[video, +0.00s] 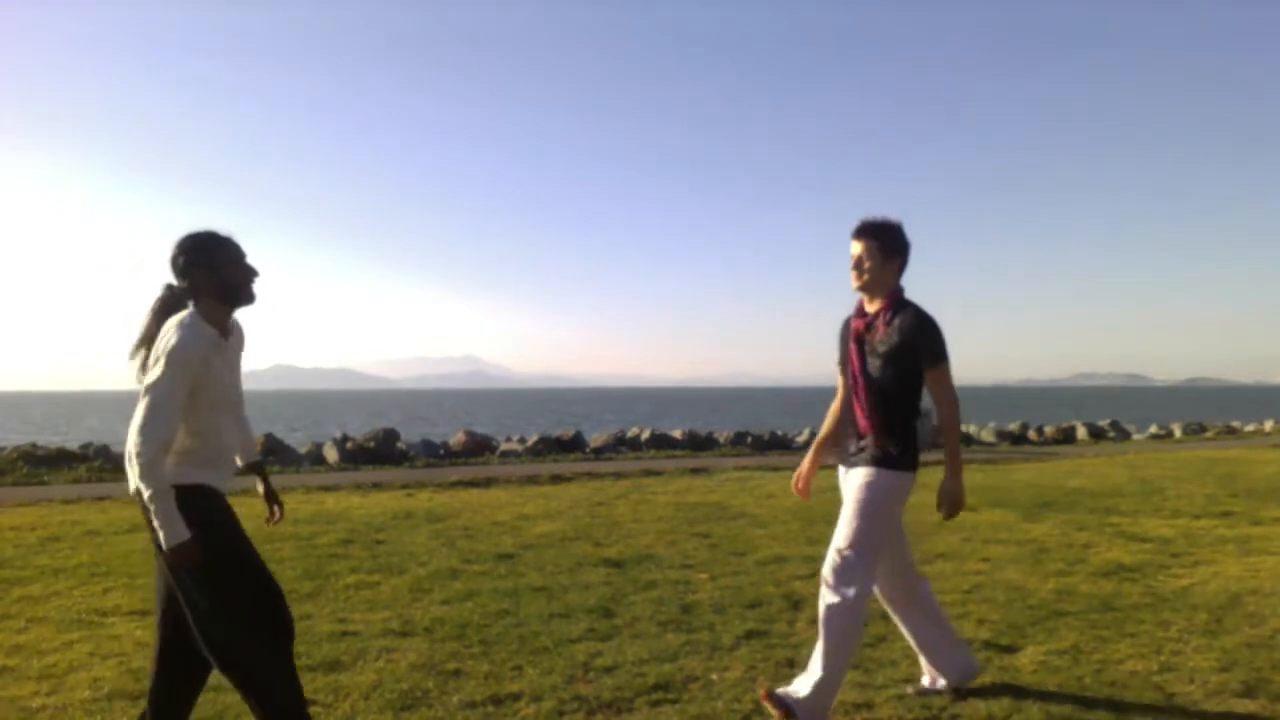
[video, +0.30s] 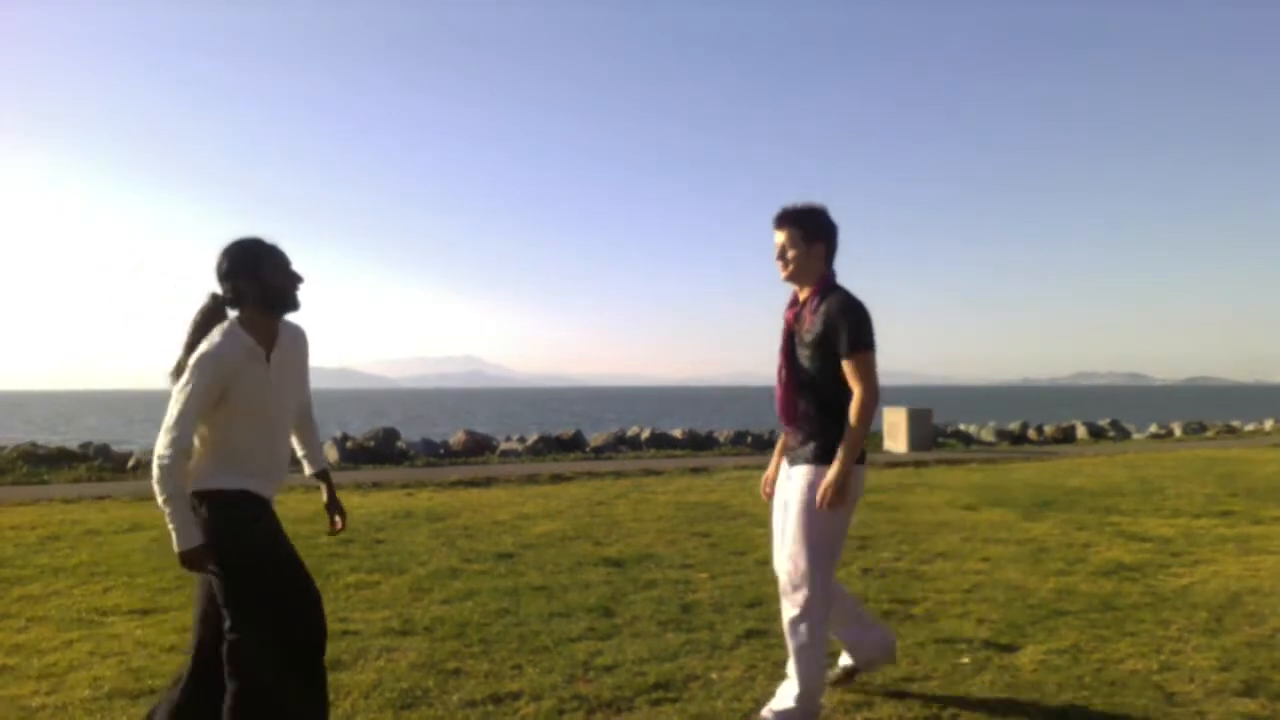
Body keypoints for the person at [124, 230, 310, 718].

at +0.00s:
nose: (253, 271)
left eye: (246, 262)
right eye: (239, 263)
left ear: (214, 276)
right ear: (205, 275)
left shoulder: (231, 334)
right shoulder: (185, 337)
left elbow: (231, 411)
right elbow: (142, 450)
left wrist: (259, 475)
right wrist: (173, 532)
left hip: (206, 494)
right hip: (182, 497)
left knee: (185, 641)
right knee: (263, 619)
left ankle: (163, 711)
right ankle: (288, 711)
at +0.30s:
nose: (297, 276)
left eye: (290, 265)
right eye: (283, 267)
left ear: (264, 281)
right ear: (253, 282)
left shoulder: (292, 340)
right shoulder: (219, 352)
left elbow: (301, 416)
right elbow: (169, 453)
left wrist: (325, 482)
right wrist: (186, 534)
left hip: (256, 503)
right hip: (219, 504)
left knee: (225, 637)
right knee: (299, 611)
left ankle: (186, 711)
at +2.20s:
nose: (488, 287)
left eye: (485, 278)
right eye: (478, 279)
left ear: (446, 291)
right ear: (449, 289)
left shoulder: (429, 345)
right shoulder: (464, 345)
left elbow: (412, 416)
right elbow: (542, 366)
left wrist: (459, 444)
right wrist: (548, 296)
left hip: (440, 489)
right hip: (469, 493)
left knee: (469, 614)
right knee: (496, 618)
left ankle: (451, 703)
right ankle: (493, 708)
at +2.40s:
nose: (493, 286)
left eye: (490, 278)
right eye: (483, 279)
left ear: (447, 293)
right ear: (456, 291)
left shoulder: (433, 344)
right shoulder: (474, 348)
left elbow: (419, 415)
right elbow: (554, 368)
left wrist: (466, 447)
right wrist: (550, 301)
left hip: (439, 492)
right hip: (470, 499)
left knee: (456, 617)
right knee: (489, 617)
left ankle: (447, 701)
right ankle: (494, 706)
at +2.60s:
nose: (487, 291)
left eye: (483, 281)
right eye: (475, 283)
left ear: (438, 291)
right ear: (447, 290)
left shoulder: (424, 347)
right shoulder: (468, 350)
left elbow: (414, 419)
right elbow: (553, 369)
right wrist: (542, 303)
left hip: (434, 493)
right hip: (466, 498)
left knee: (452, 621)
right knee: (479, 622)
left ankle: (452, 702)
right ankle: (486, 707)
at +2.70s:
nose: (483, 292)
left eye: (481, 283)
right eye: (477, 282)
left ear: (426, 290)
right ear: (457, 289)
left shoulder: (416, 347)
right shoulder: (465, 350)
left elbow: (409, 418)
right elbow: (551, 366)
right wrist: (538, 304)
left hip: (430, 491)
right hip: (463, 496)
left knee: (450, 618)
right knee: (465, 620)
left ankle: (443, 704)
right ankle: (449, 707)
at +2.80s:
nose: (477, 288)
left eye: (474, 279)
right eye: (470, 280)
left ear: (419, 290)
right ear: (451, 288)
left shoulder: (408, 349)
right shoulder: (466, 351)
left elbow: (404, 421)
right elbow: (548, 366)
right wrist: (537, 308)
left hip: (424, 493)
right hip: (459, 496)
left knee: (451, 616)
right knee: (468, 620)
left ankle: (448, 703)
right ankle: (450, 707)